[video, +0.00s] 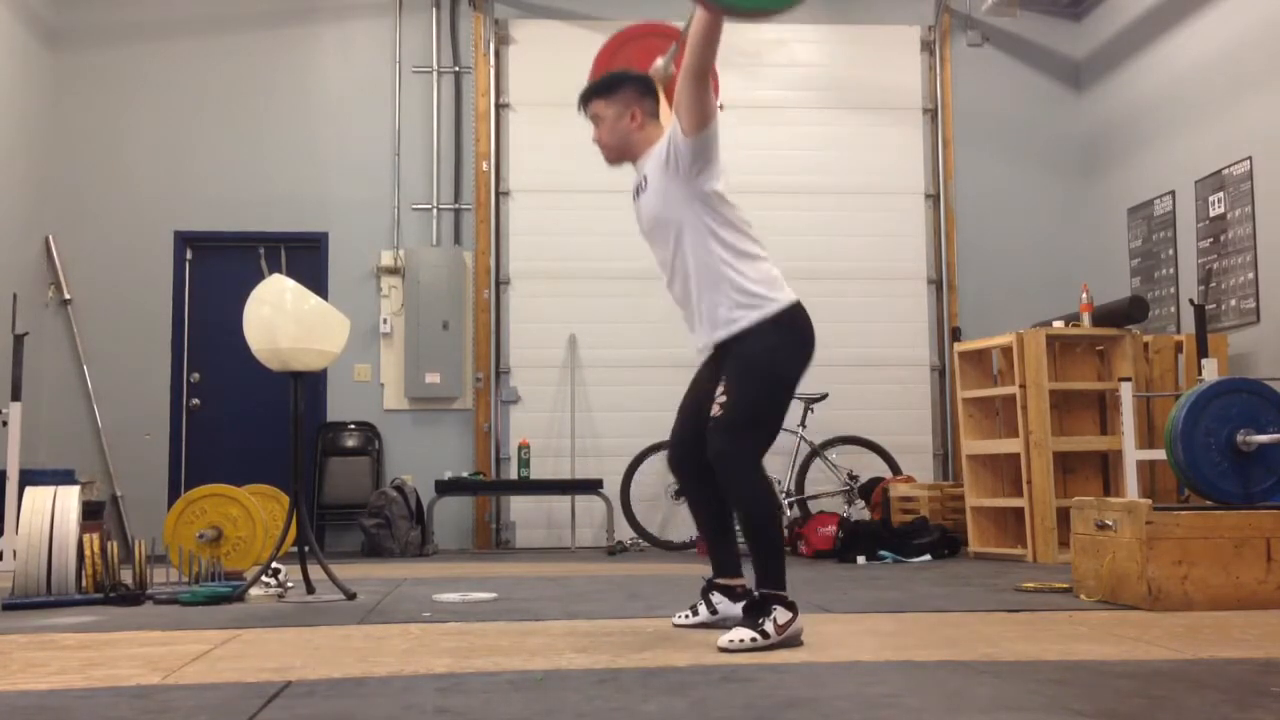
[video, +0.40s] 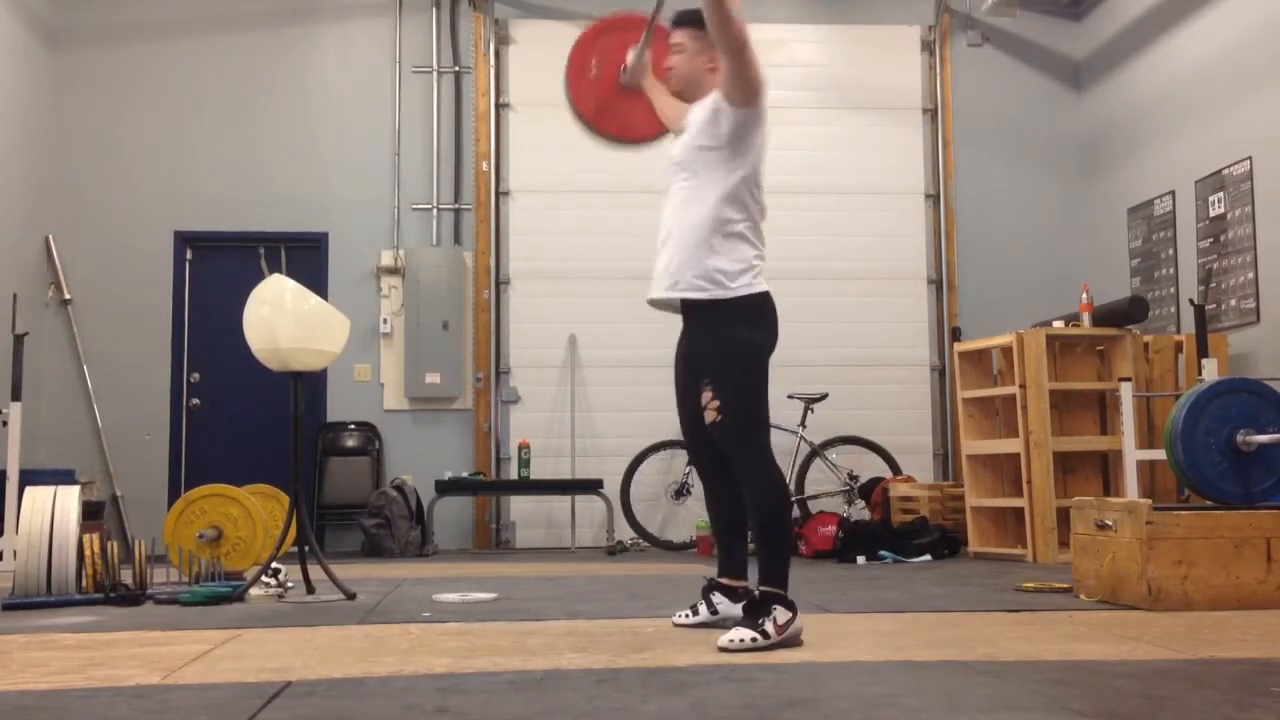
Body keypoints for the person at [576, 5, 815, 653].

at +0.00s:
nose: (593, 135)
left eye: (600, 121)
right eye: (592, 123)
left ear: (640, 113)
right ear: (625, 120)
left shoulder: (683, 153)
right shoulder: (648, 179)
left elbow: (695, 71)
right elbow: (672, 82)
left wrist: (712, 4)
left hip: (771, 329)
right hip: (726, 341)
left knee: (730, 449)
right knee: (687, 451)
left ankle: (776, 607)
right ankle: (730, 593)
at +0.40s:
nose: (668, 63)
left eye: (678, 50)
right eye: (667, 53)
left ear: (713, 55)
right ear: (679, 67)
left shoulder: (735, 110)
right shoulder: (700, 120)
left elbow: (736, 48)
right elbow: (674, 110)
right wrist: (645, 78)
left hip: (736, 312)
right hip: (699, 313)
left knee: (749, 456)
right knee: (710, 459)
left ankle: (775, 607)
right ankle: (730, 595)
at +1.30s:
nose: (640, 101)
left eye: (648, 85)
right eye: (631, 92)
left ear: (681, 75)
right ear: (629, 97)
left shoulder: (709, 128)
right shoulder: (680, 147)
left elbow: (745, 203)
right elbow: (694, 238)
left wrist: (712, 286)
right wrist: (678, 310)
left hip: (730, 317)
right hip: (703, 320)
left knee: (721, 447)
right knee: (711, 450)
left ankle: (762, 596)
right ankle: (732, 590)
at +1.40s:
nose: (628, 109)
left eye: (633, 93)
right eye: (618, 100)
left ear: (666, 80)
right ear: (619, 102)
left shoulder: (700, 128)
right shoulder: (676, 146)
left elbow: (740, 203)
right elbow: (691, 240)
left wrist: (701, 279)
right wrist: (675, 312)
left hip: (724, 315)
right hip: (705, 319)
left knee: (716, 451)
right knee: (713, 453)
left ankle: (743, 584)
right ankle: (728, 589)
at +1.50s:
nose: (614, 114)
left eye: (618, 98)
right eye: (604, 104)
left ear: (651, 81)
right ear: (604, 103)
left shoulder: (690, 128)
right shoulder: (668, 143)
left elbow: (732, 197)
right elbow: (691, 233)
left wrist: (693, 276)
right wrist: (675, 308)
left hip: (720, 313)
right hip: (705, 314)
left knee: (691, 445)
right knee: (709, 449)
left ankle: (720, 591)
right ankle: (731, 592)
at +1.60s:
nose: (597, 119)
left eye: (600, 102)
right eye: (589, 108)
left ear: (632, 84)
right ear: (616, 97)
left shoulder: (676, 129)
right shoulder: (655, 143)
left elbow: (719, 199)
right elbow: (686, 229)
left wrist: (677, 284)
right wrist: (672, 302)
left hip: (717, 314)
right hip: (700, 314)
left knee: (698, 451)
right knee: (711, 451)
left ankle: (731, 591)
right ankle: (729, 592)